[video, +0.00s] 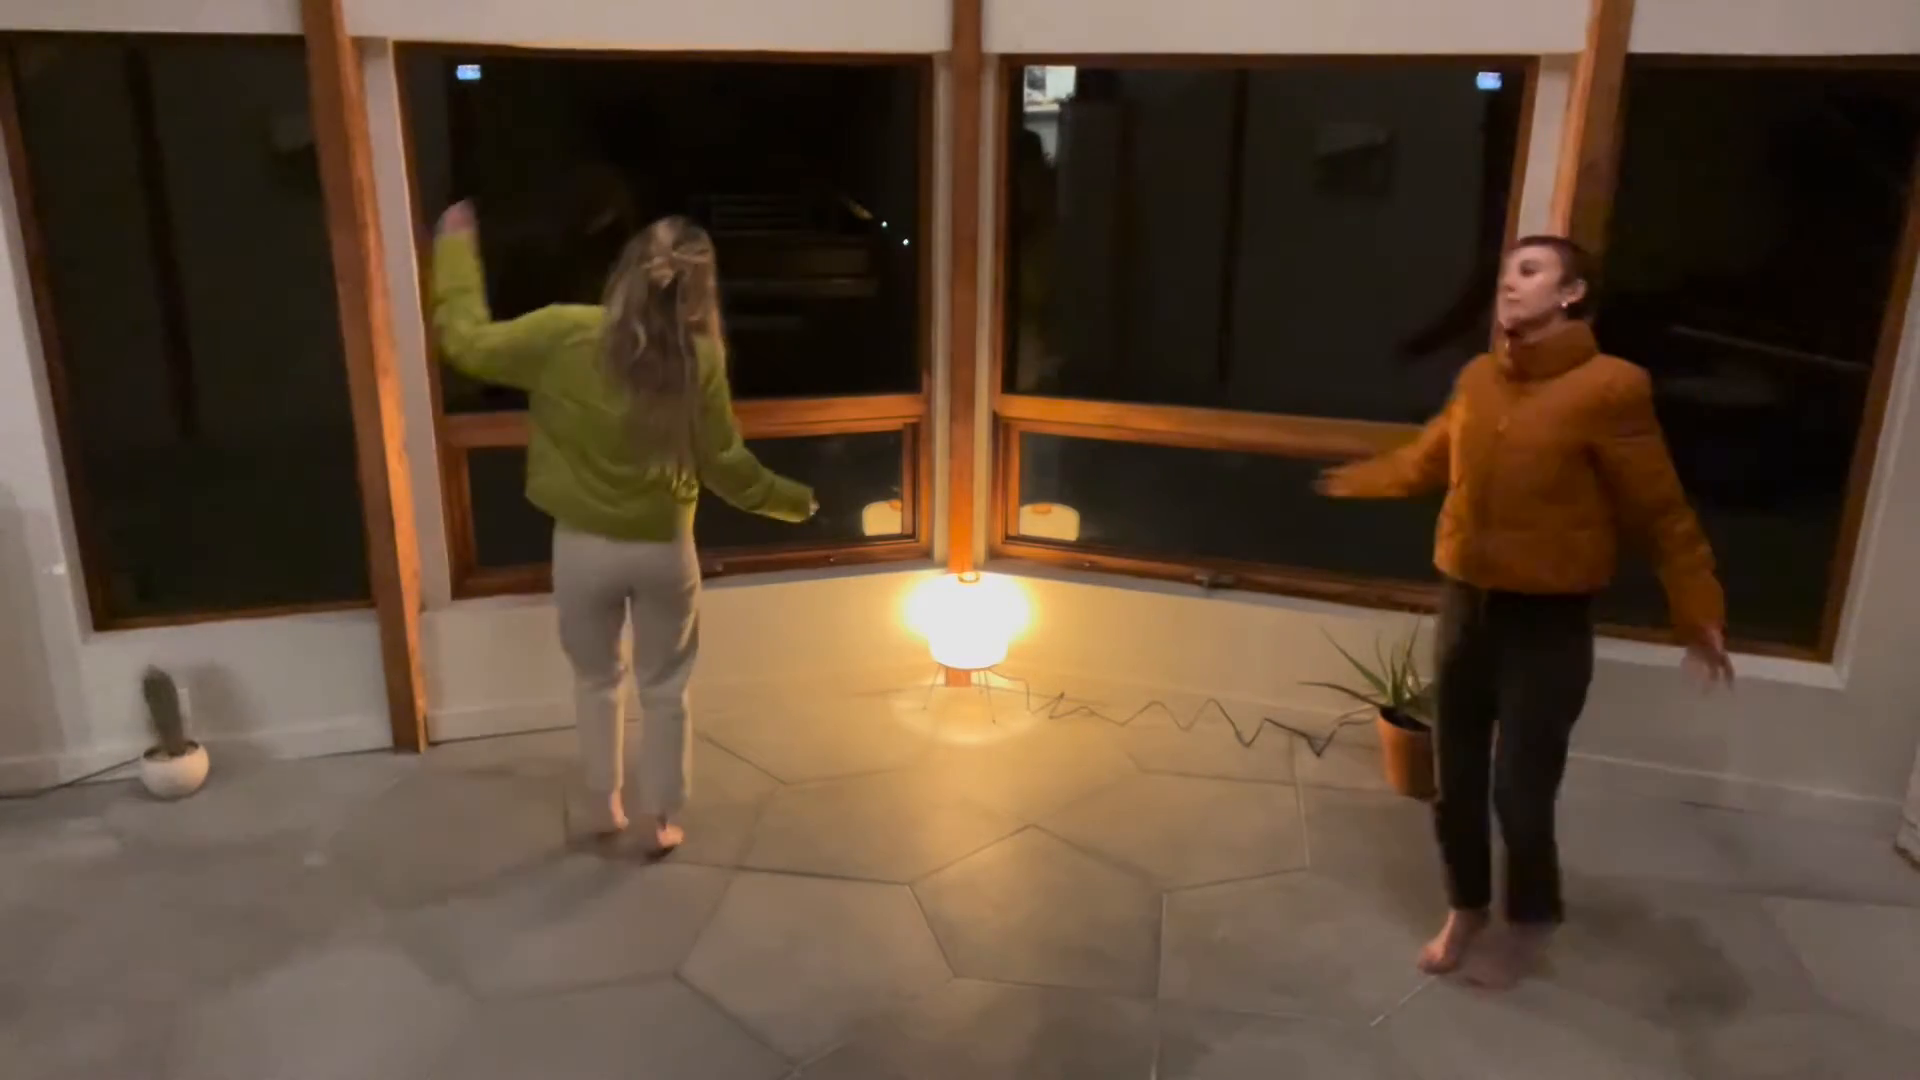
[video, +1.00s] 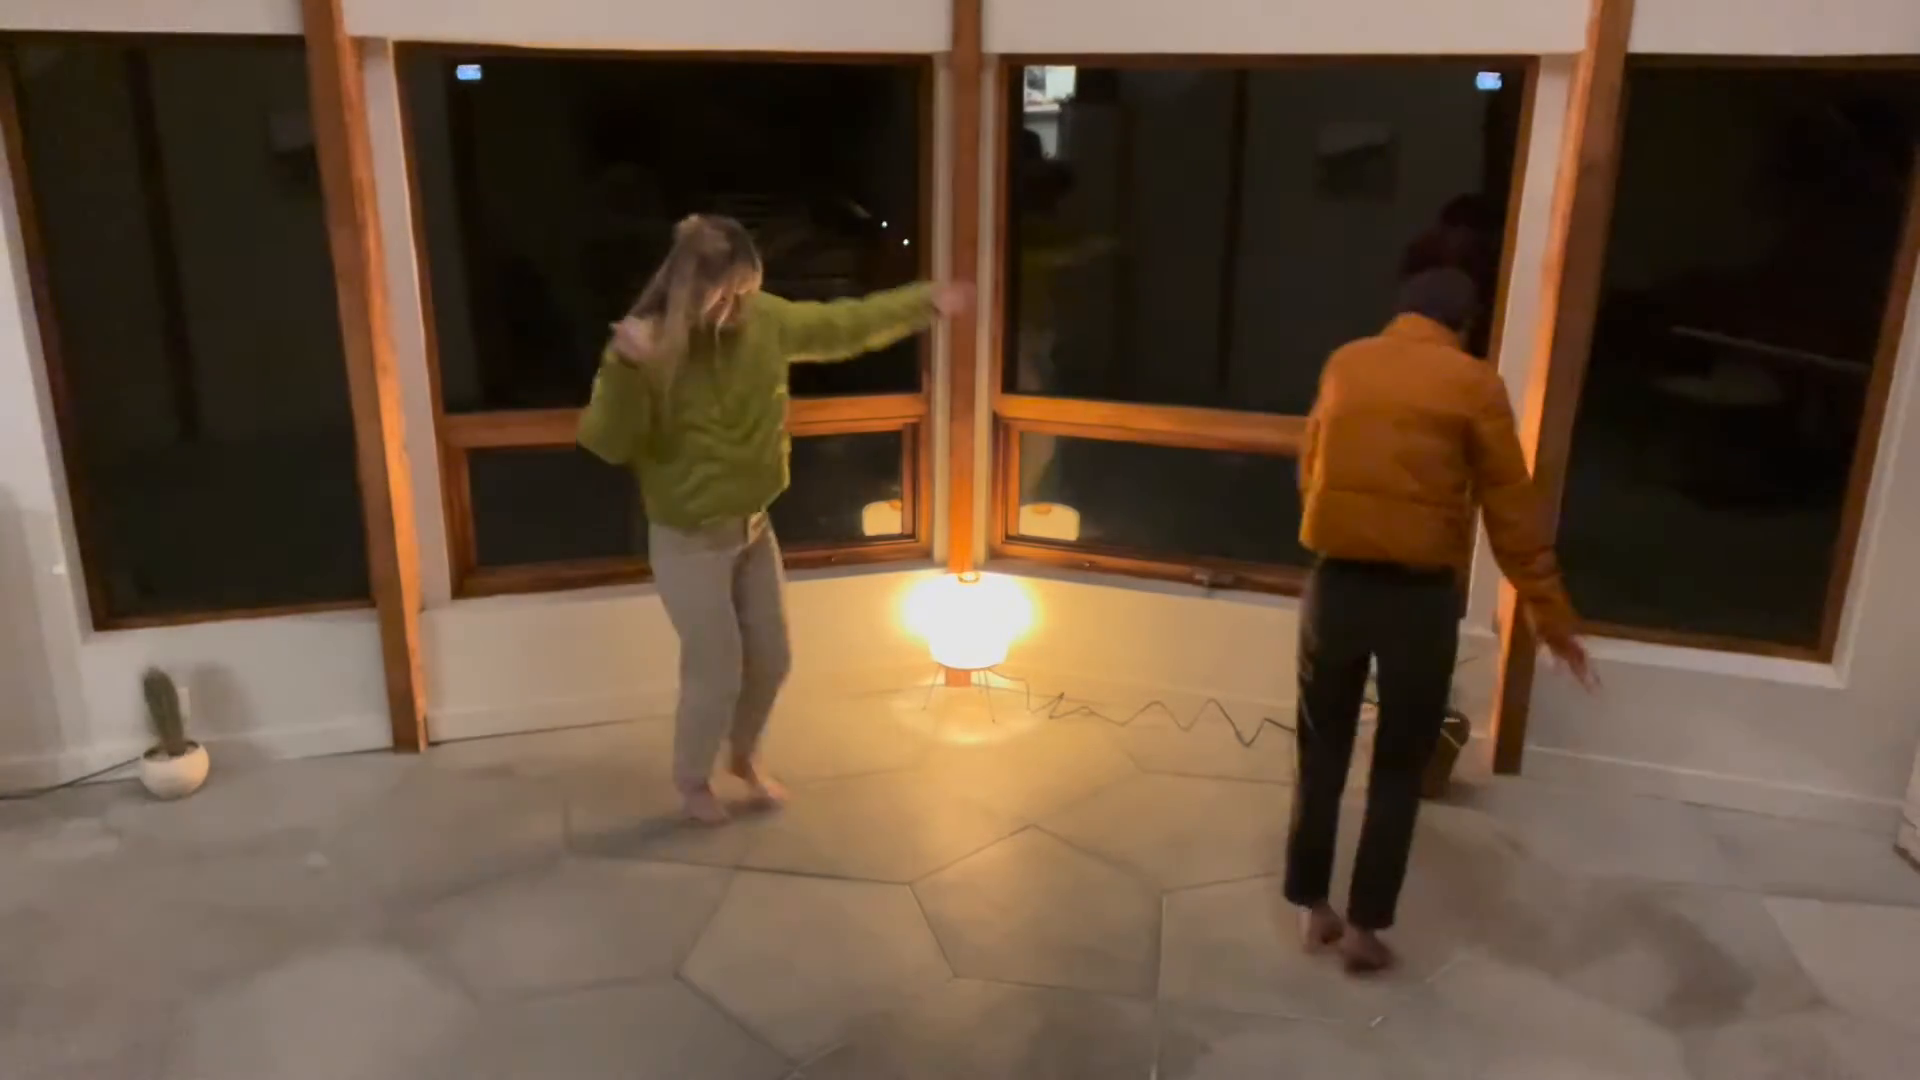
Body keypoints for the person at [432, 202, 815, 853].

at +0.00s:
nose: (715, 297)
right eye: (708, 284)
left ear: (631, 273)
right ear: (698, 291)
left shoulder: (564, 333)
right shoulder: (701, 356)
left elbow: (468, 343)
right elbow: (726, 462)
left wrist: (454, 246)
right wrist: (793, 501)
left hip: (584, 553)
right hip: (665, 555)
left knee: (596, 681)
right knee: (664, 686)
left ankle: (604, 806)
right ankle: (665, 821)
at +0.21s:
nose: (721, 311)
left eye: (721, 298)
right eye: (718, 298)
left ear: (644, 276)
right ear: (701, 300)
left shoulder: (579, 318)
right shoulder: (696, 367)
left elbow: (511, 290)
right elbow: (706, 474)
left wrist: (535, 200)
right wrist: (804, 495)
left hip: (587, 535)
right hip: (664, 542)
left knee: (604, 677)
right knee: (675, 666)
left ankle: (603, 805)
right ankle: (648, 795)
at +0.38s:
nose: (738, 313)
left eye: (740, 299)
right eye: (735, 300)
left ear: (660, 274)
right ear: (710, 301)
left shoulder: (600, 311)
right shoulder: (694, 367)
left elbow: (577, 263)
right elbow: (698, 478)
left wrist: (616, 189)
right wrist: (799, 479)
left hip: (602, 527)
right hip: (666, 542)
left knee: (632, 655)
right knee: (676, 668)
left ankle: (627, 776)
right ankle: (658, 799)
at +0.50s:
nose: (742, 328)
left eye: (746, 314)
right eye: (738, 314)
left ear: (673, 283)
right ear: (707, 306)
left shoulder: (623, 305)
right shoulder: (683, 365)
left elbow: (647, 246)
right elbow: (683, 473)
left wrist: (688, 187)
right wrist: (774, 457)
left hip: (619, 523)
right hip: (664, 538)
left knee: (651, 648)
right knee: (688, 655)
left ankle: (632, 768)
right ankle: (659, 791)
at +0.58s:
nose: (740, 316)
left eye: (743, 305)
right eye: (734, 304)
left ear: (691, 294)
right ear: (705, 301)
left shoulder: (667, 315)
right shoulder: (667, 366)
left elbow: (701, 259)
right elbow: (673, 461)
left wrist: (744, 202)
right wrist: (746, 432)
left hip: (650, 523)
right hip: (665, 534)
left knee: (672, 644)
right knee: (702, 655)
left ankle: (640, 764)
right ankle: (664, 776)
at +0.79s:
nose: (732, 308)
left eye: (734, 295)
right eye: (725, 298)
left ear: (730, 295)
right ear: (690, 298)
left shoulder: (726, 322)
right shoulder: (642, 359)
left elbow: (785, 290)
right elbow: (646, 453)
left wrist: (849, 240)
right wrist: (689, 390)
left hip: (717, 524)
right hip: (669, 539)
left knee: (722, 651)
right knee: (716, 663)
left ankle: (685, 761)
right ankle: (670, 776)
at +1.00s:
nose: (730, 306)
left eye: (739, 294)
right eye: (719, 294)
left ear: (749, 285)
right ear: (686, 284)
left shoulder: (765, 320)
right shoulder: (649, 345)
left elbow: (848, 324)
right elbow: (608, 443)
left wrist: (928, 298)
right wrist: (625, 364)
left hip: (752, 528)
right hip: (686, 539)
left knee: (770, 660)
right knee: (714, 664)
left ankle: (740, 758)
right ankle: (692, 782)